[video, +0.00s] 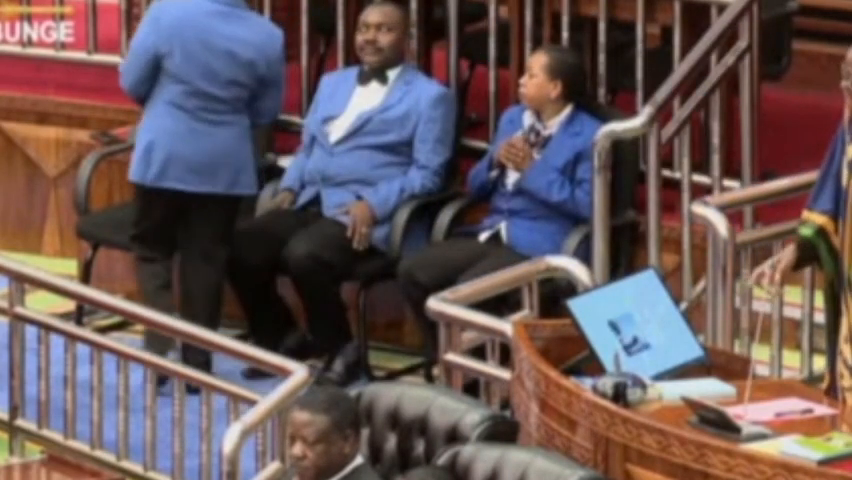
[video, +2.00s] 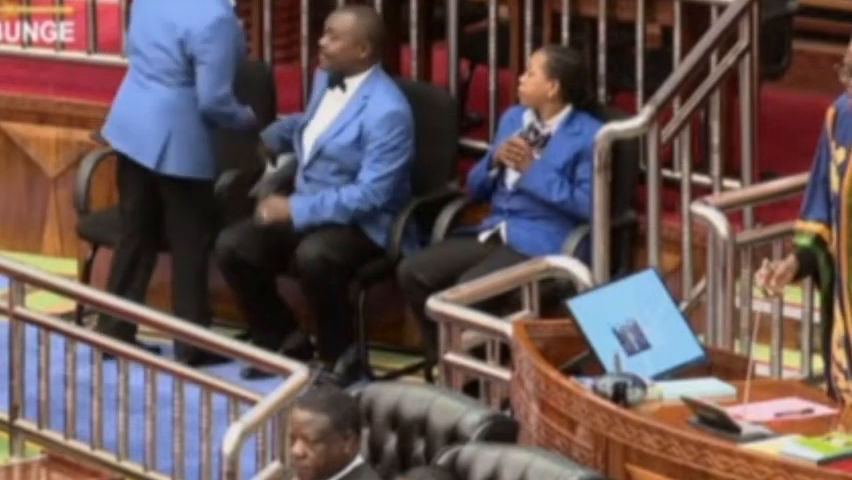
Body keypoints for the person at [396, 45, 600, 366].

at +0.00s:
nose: (521, 82)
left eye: (530, 76)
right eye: (524, 74)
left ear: (555, 89)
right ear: (551, 88)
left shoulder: (590, 135)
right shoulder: (512, 119)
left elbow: (589, 207)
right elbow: (475, 189)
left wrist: (530, 170)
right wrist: (495, 162)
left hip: (537, 250)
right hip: (492, 238)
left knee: (460, 298)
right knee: (413, 271)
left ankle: (480, 379)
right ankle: (445, 363)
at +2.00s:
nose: (520, 79)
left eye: (529, 74)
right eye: (524, 72)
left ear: (552, 87)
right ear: (550, 87)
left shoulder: (590, 135)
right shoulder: (513, 119)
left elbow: (590, 207)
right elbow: (475, 189)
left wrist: (530, 171)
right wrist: (495, 163)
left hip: (539, 250)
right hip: (494, 237)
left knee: (462, 297)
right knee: (414, 271)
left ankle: (483, 380)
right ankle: (448, 365)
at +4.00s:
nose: (519, 86)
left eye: (527, 80)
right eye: (521, 78)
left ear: (553, 91)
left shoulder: (589, 136)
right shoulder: (512, 120)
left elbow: (590, 207)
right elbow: (475, 190)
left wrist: (530, 172)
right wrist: (494, 165)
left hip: (539, 250)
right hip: (495, 235)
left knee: (463, 296)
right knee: (414, 271)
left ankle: (484, 380)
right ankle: (446, 366)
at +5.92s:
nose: (553, 88)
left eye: (562, 80)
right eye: (544, 79)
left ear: (576, 85)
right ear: (530, 84)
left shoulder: (590, 135)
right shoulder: (512, 119)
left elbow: (589, 207)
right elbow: (475, 189)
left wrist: (530, 170)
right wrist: (494, 163)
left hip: (539, 250)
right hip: (494, 238)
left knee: (460, 299)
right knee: (413, 271)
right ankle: (444, 365)